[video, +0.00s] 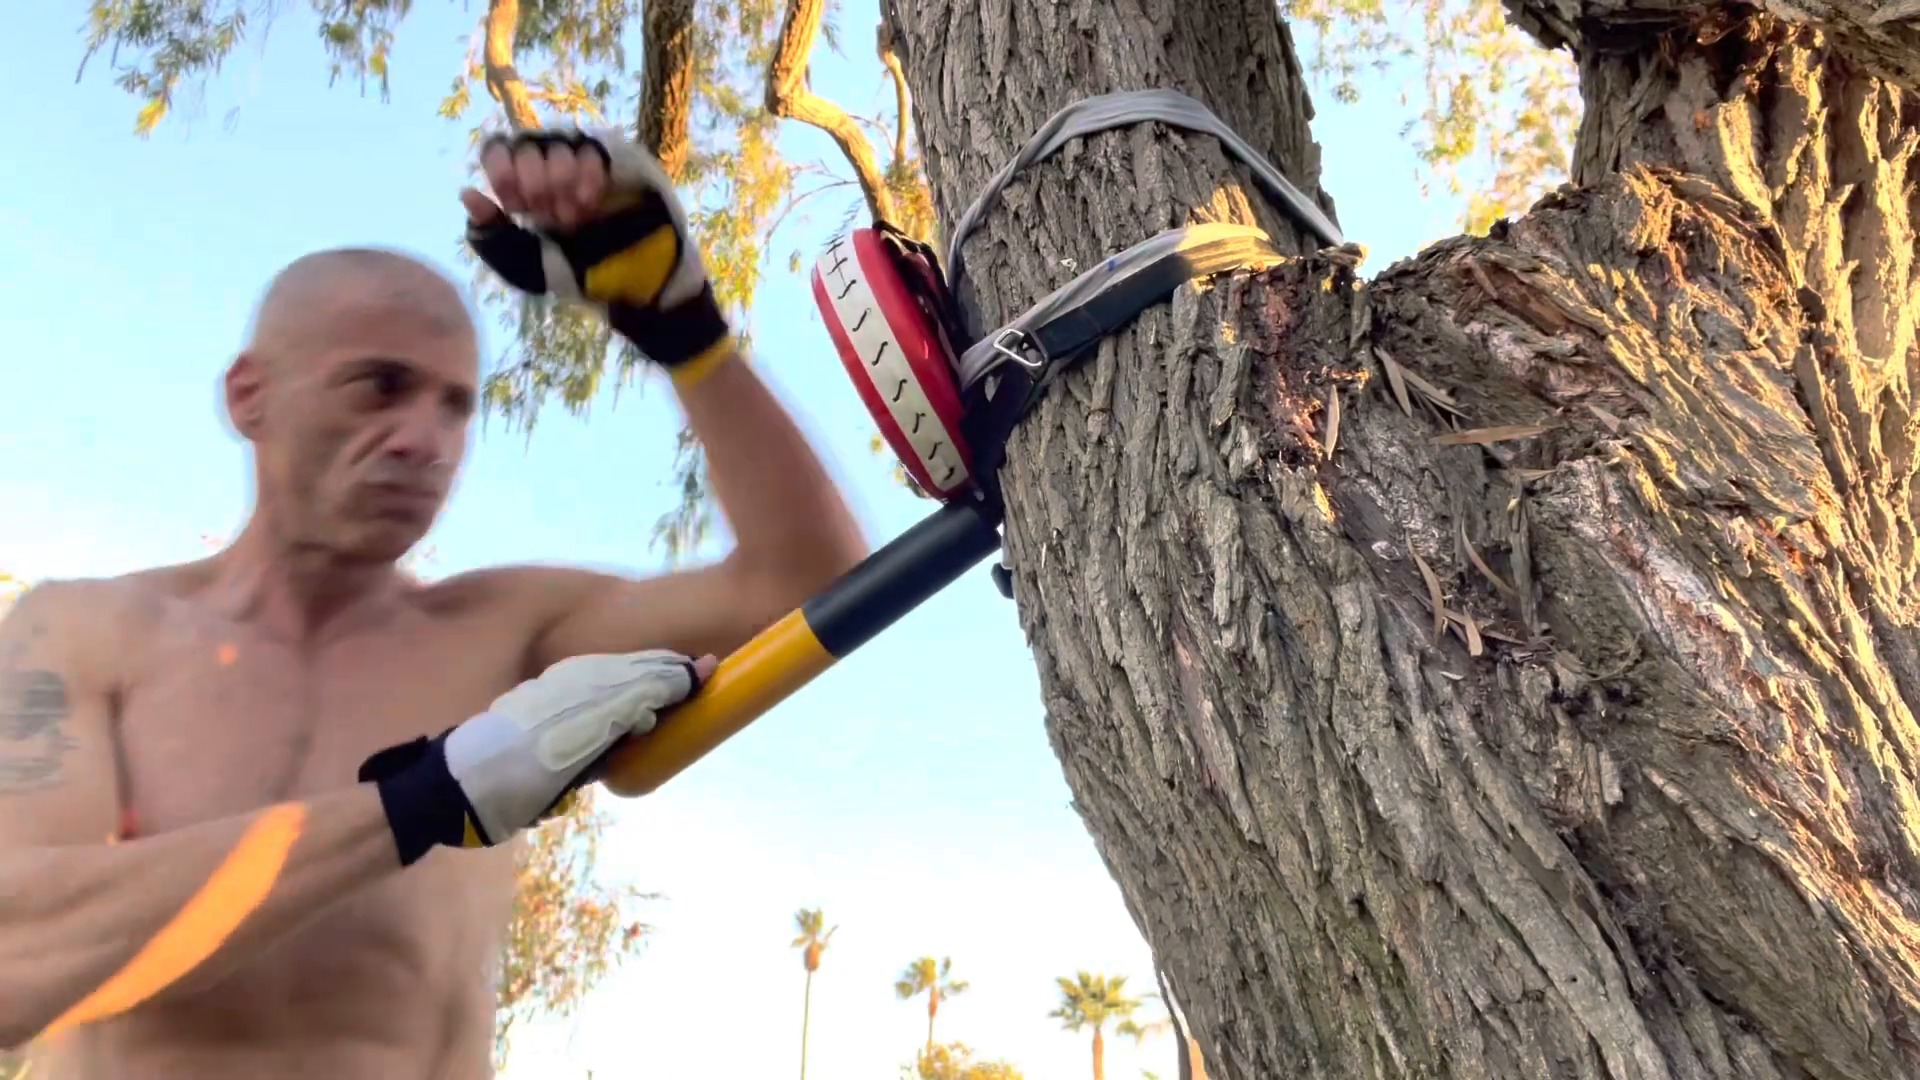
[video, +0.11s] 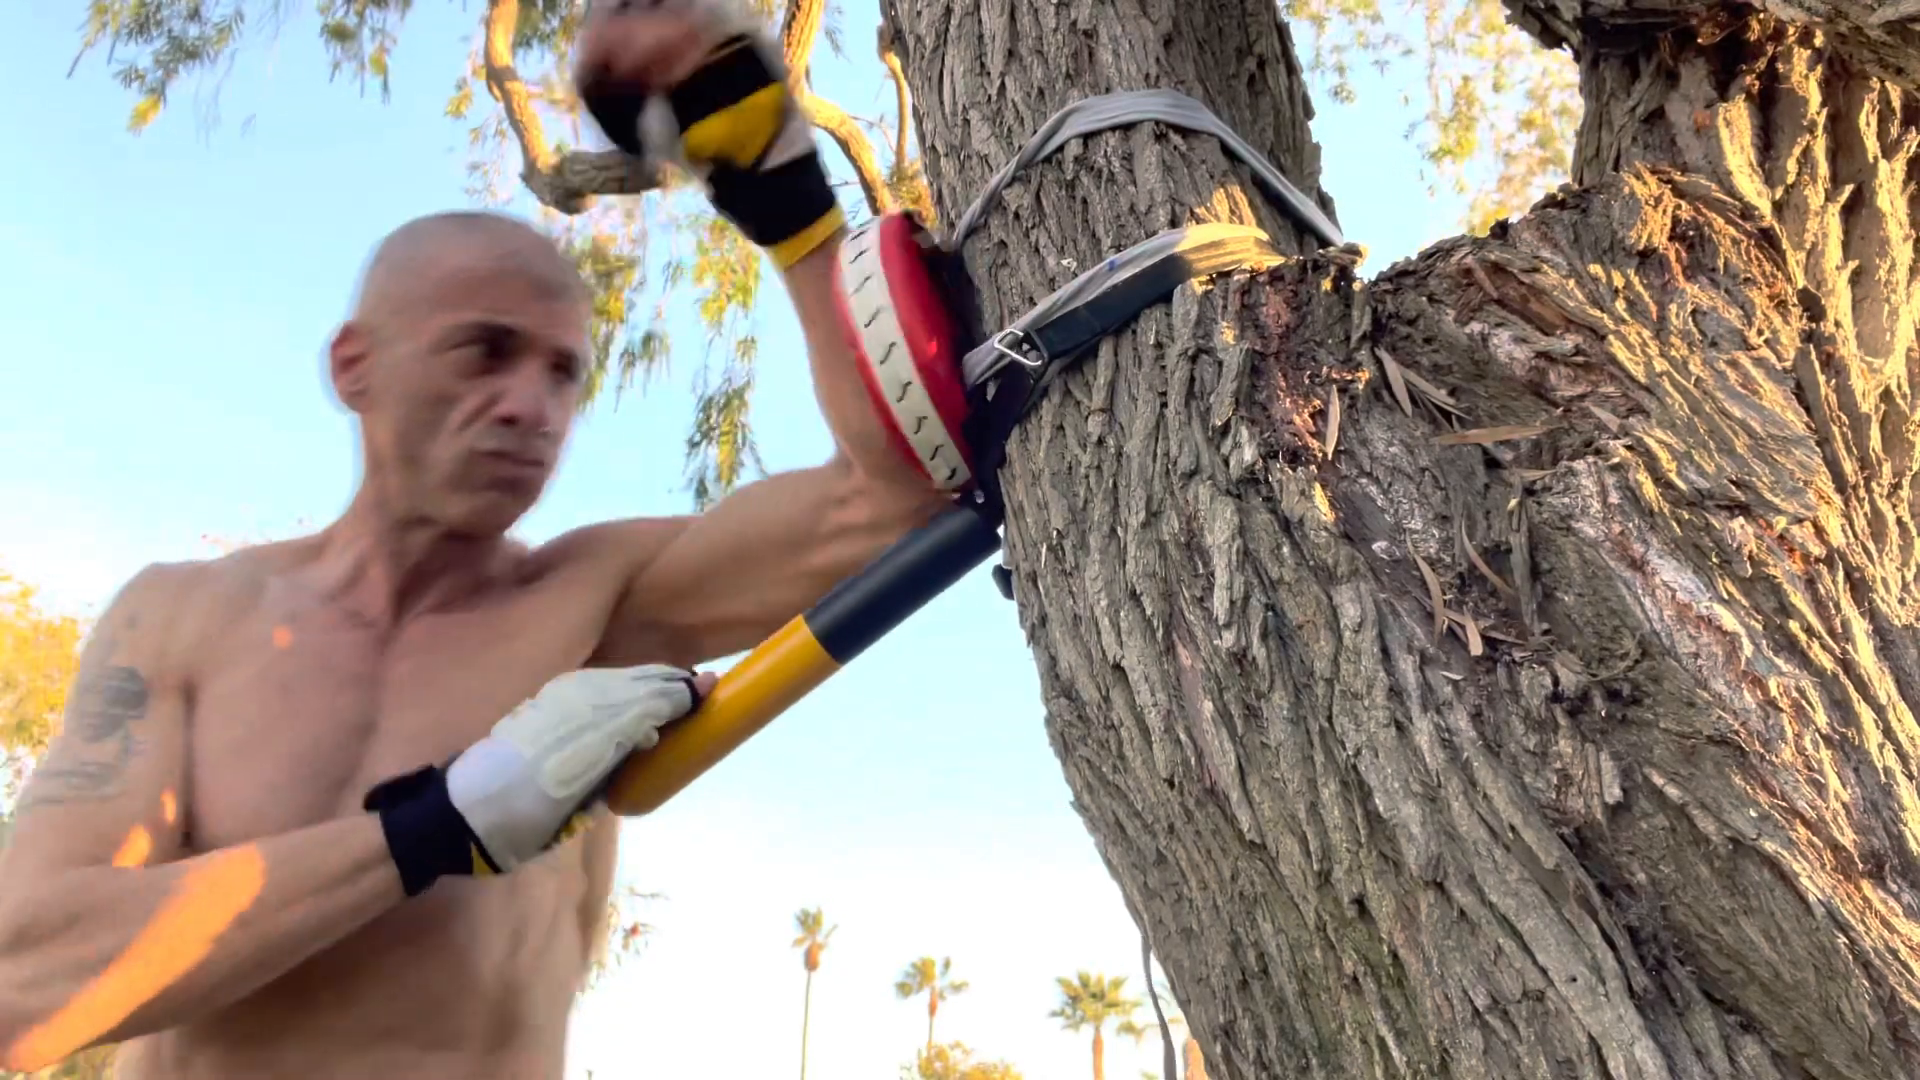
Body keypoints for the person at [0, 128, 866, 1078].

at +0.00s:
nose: (425, 439)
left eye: (455, 406)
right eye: (380, 386)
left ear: (474, 433)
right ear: (248, 398)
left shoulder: (511, 628)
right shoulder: (73, 633)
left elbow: (809, 581)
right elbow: (28, 960)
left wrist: (674, 313)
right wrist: (440, 793)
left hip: (420, 1060)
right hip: (114, 1065)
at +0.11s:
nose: (530, 407)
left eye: (564, 374)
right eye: (483, 352)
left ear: (585, 402)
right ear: (354, 370)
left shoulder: (601, 597)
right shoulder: (176, 618)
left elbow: (903, 491)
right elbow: (24, 972)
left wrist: (770, 171)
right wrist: (442, 822)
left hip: (475, 1061)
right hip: (186, 1060)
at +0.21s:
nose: (583, 431)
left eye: (610, 399)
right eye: (542, 374)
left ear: (625, 422)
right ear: (406, 378)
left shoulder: (614, 606)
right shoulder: (200, 620)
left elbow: (894, 510)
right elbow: (40, 981)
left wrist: (753, 224)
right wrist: (462, 832)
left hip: (515, 1064)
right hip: (222, 1064)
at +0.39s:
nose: (530, 460)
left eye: (560, 431)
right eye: (491, 407)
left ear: (572, 457)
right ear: (359, 414)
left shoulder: (541, 670)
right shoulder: (159, 629)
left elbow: (820, 755)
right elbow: (47, 989)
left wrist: (772, 469)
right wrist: (400, 774)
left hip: (453, 1062)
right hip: (200, 1061)